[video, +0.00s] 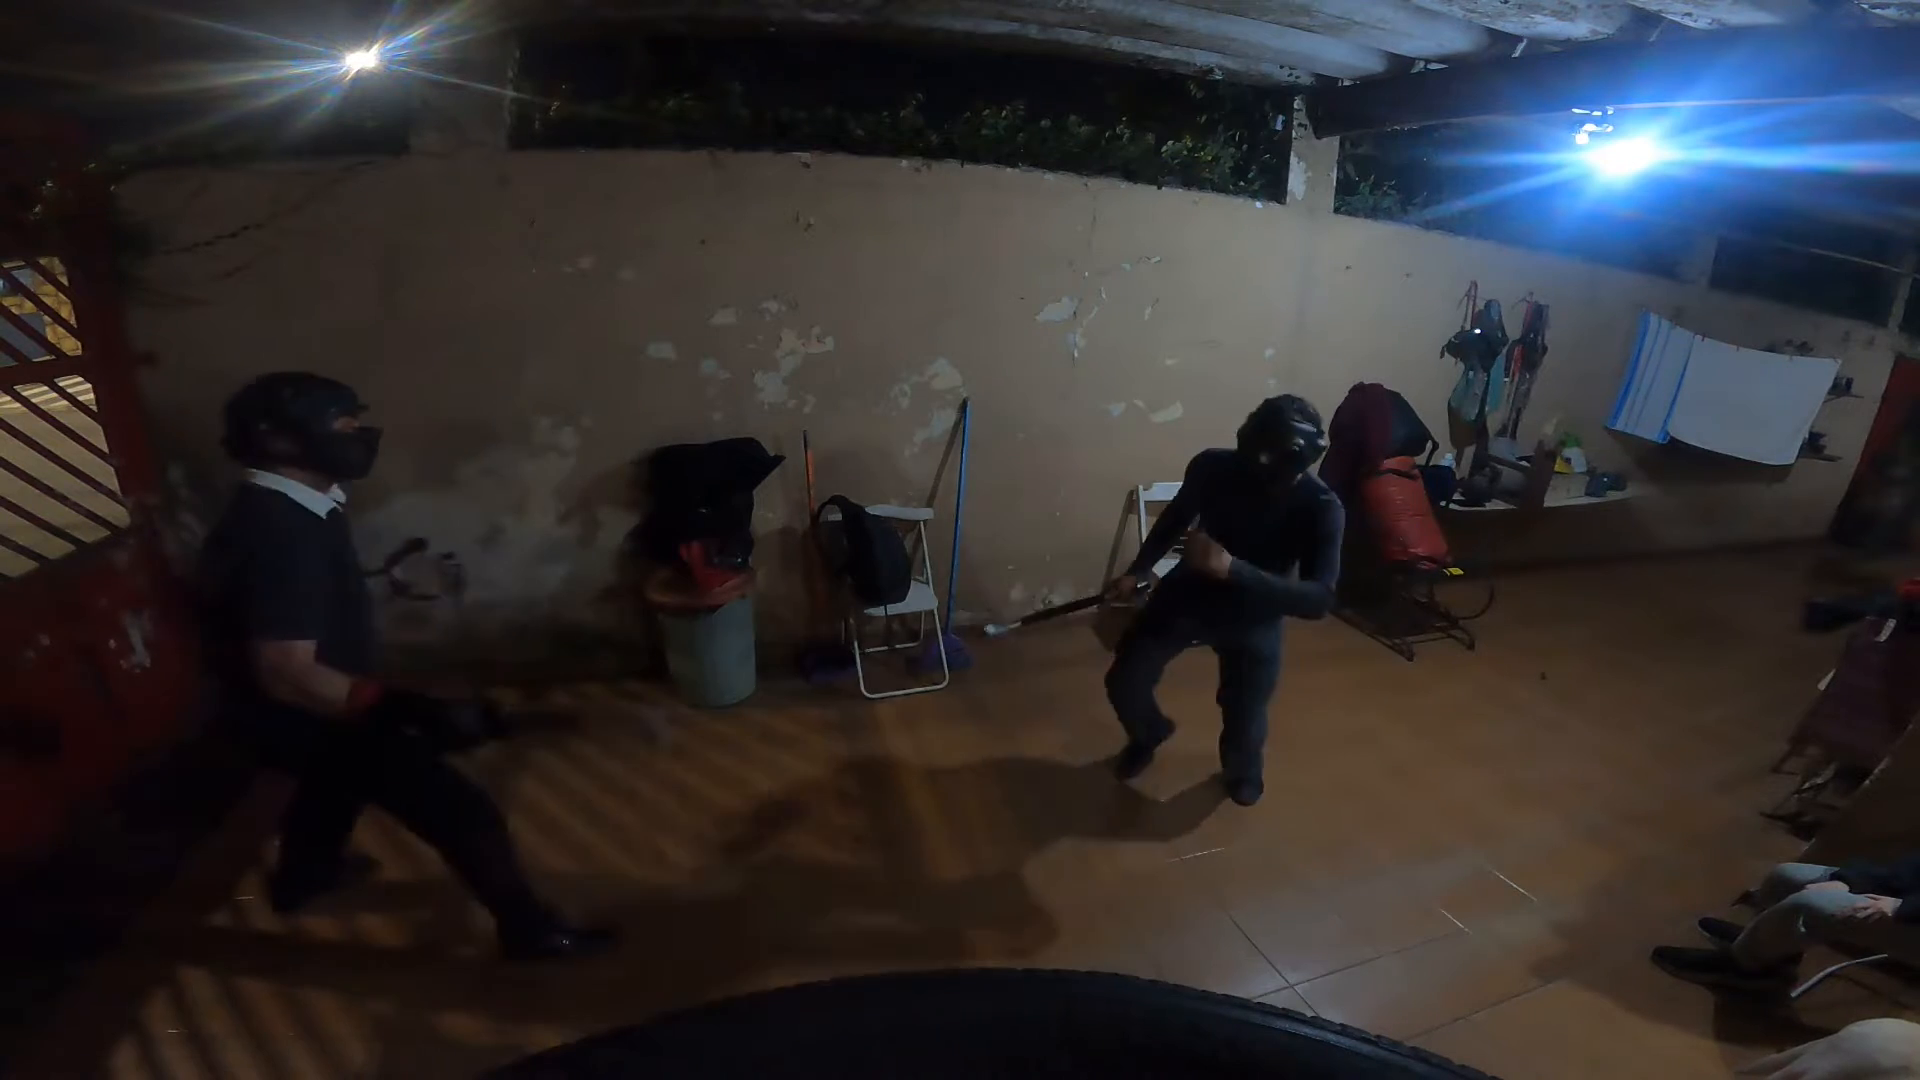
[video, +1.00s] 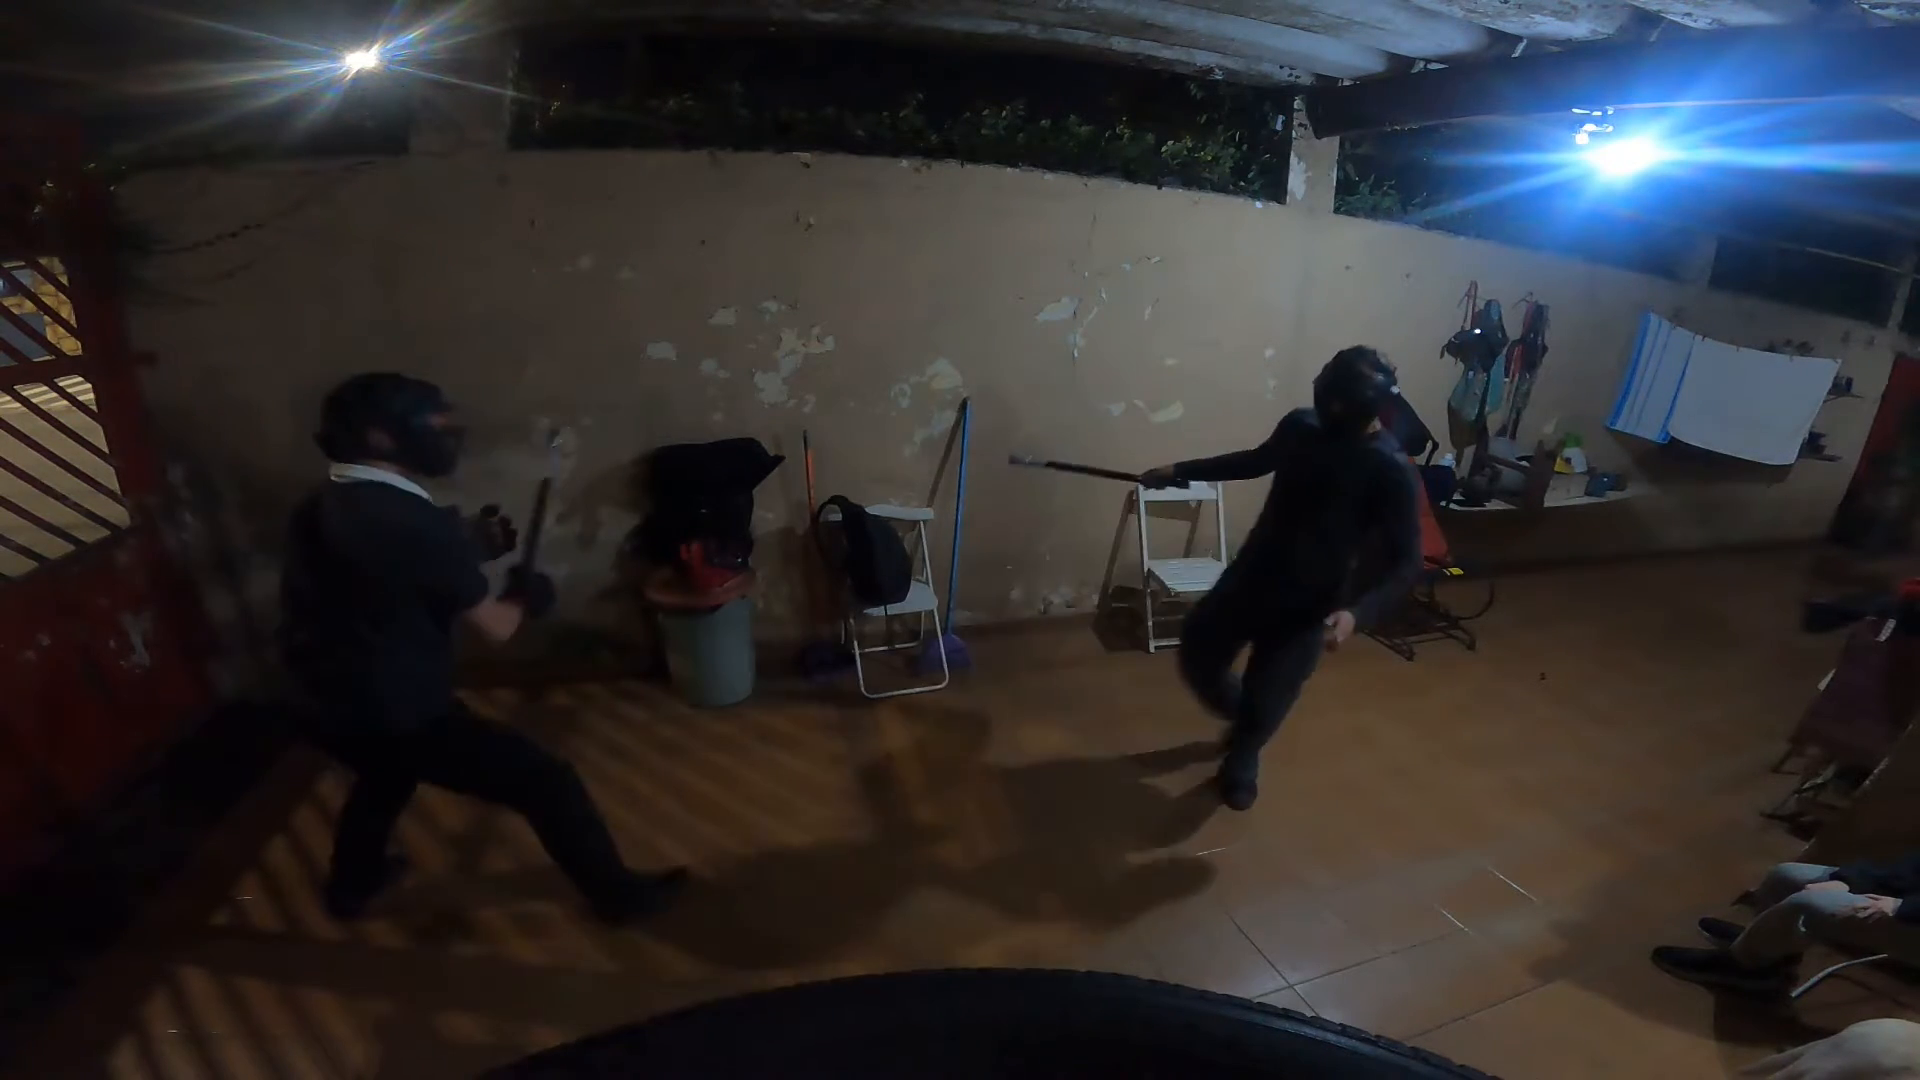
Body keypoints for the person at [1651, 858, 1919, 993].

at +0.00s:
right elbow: (1911, 870)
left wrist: (1903, 908)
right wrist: (1847, 878)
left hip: (1912, 923)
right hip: (1904, 891)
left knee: (1807, 905)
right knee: (1785, 877)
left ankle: (1740, 962)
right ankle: (1755, 942)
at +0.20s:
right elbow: (1910, 869)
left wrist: (1903, 908)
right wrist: (1845, 879)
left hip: (1910, 920)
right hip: (1901, 890)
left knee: (1804, 904)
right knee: (1785, 876)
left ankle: (1738, 961)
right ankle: (1756, 941)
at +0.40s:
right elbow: (1910, 870)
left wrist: (1904, 909)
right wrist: (1846, 879)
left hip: (1911, 922)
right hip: (1903, 893)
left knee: (1806, 905)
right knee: (1785, 876)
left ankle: (1738, 962)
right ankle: (1756, 941)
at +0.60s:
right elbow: (1910, 870)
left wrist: (1904, 908)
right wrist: (1845, 879)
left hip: (1911, 923)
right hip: (1903, 892)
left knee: (1806, 905)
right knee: (1785, 877)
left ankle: (1738, 961)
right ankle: (1754, 942)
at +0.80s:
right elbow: (1910, 869)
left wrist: (1903, 908)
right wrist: (1847, 879)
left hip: (1911, 924)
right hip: (1902, 893)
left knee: (1806, 905)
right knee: (1785, 877)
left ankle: (1739, 961)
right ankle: (1752, 941)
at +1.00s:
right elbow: (1909, 869)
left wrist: (1903, 908)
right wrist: (1846, 879)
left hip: (1911, 924)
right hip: (1902, 893)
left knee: (1806, 906)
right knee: (1786, 876)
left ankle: (1740, 961)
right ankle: (1752, 941)